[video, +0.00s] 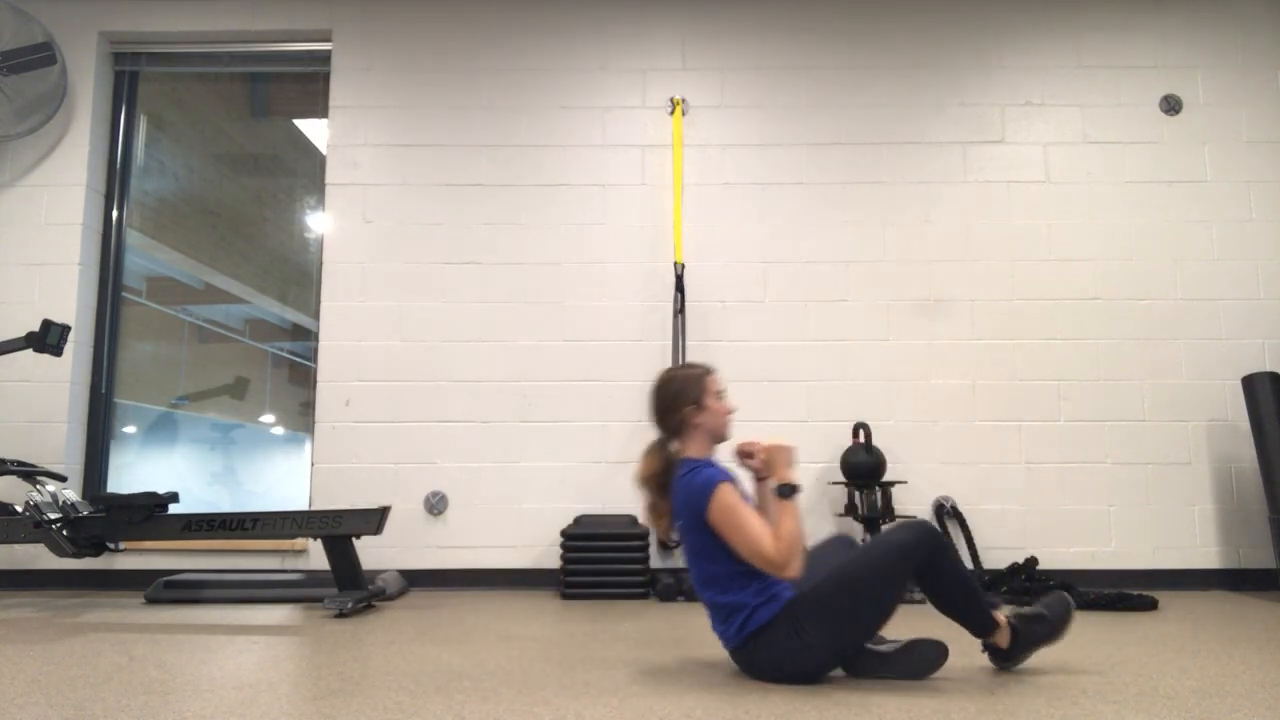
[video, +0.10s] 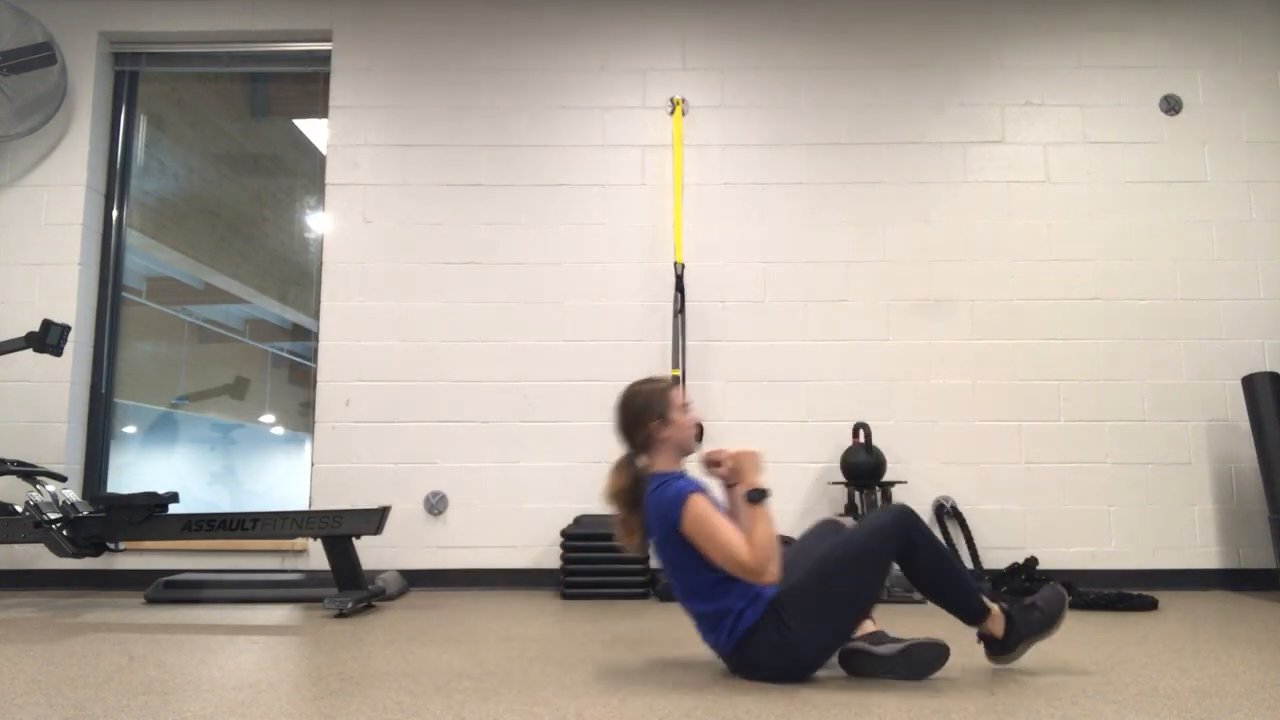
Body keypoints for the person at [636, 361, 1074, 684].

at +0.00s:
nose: (730, 407)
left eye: (724, 396)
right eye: (720, 398)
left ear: (691, 414)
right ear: (692, 414)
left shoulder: (696, 474)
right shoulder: (704, 480)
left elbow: (770, 557)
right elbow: (786, 563)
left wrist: (765, 484)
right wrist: (783, 481)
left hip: (768, 632)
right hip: (779, 642)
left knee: (841, 543)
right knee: (918, 537)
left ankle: (863, 646)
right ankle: (1002, 634)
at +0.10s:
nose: (695, 416)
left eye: (688, 406)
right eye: (683, 409)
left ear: (655, 431)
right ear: (660, 430)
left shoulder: (668, 485)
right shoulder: (676, 493)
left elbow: (746, 560)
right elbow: (763, 568)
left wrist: (735, 492)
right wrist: (753, 488)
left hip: (756, 634)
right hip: (767, 644)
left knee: (830, 533)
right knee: (898, 523)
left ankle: (865, 637)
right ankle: (998, 626)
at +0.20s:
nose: (659, 434)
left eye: (653, 424)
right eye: (647, 429)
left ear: (622, 451)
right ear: (621, 450)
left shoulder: (642, 501)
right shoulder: (650, 511)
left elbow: (722, 565)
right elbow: (740, 573)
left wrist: (704, 498)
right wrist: (725, 496)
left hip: (744, 629)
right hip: (758, 644)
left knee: (815, 516)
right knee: (874, 508)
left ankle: (870, 631)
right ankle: (994, 604)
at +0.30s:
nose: (627, 459)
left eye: (620, 449)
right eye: (614, 454)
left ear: (591, 475)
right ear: (587, 478)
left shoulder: (610, 524)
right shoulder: (623, 533)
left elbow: (697, 576)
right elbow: (721, 581)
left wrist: (676, 514)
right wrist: (694, 506)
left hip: (736, 632)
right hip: (753, 647)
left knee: (803, 506)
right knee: (853, 497)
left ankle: (876, 631)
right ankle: (990, 573)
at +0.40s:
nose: (593, 481)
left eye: (587, 473)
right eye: (581, 478)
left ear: (559, 503)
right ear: (558, 504)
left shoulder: (587, 545)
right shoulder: (600, 552)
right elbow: (703, 588)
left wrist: (651, 510)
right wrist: (667, 518)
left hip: (730, 635)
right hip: (746, 647)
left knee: (783, 494)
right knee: (820, 485)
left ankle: (886, 603)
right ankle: (973, 533)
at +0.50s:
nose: (567, 508)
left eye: (558, 499)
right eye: (553, 505)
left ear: (535, 532)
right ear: (531, 535)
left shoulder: (567, 569)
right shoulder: (579, 574)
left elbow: (617, 514)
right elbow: (685, 591)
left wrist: (611, 526)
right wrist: (638, 530)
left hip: (725, 630)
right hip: (738, 642)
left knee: (763, 478)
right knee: (773, 474)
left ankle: (886, 537)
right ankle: (931, 490)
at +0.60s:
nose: (540, 532)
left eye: (531, 526)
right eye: (525, 532)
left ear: (524, 555)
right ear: (509, 563)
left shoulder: (559, 592)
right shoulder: (560, 601)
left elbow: (652, 595)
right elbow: (668, 596)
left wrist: (605, 553)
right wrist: (610, 545)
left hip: (723, 632)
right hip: (734, 644)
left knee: (727, 468)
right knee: (726, 467)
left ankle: (860, 449)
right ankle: (859, 455)